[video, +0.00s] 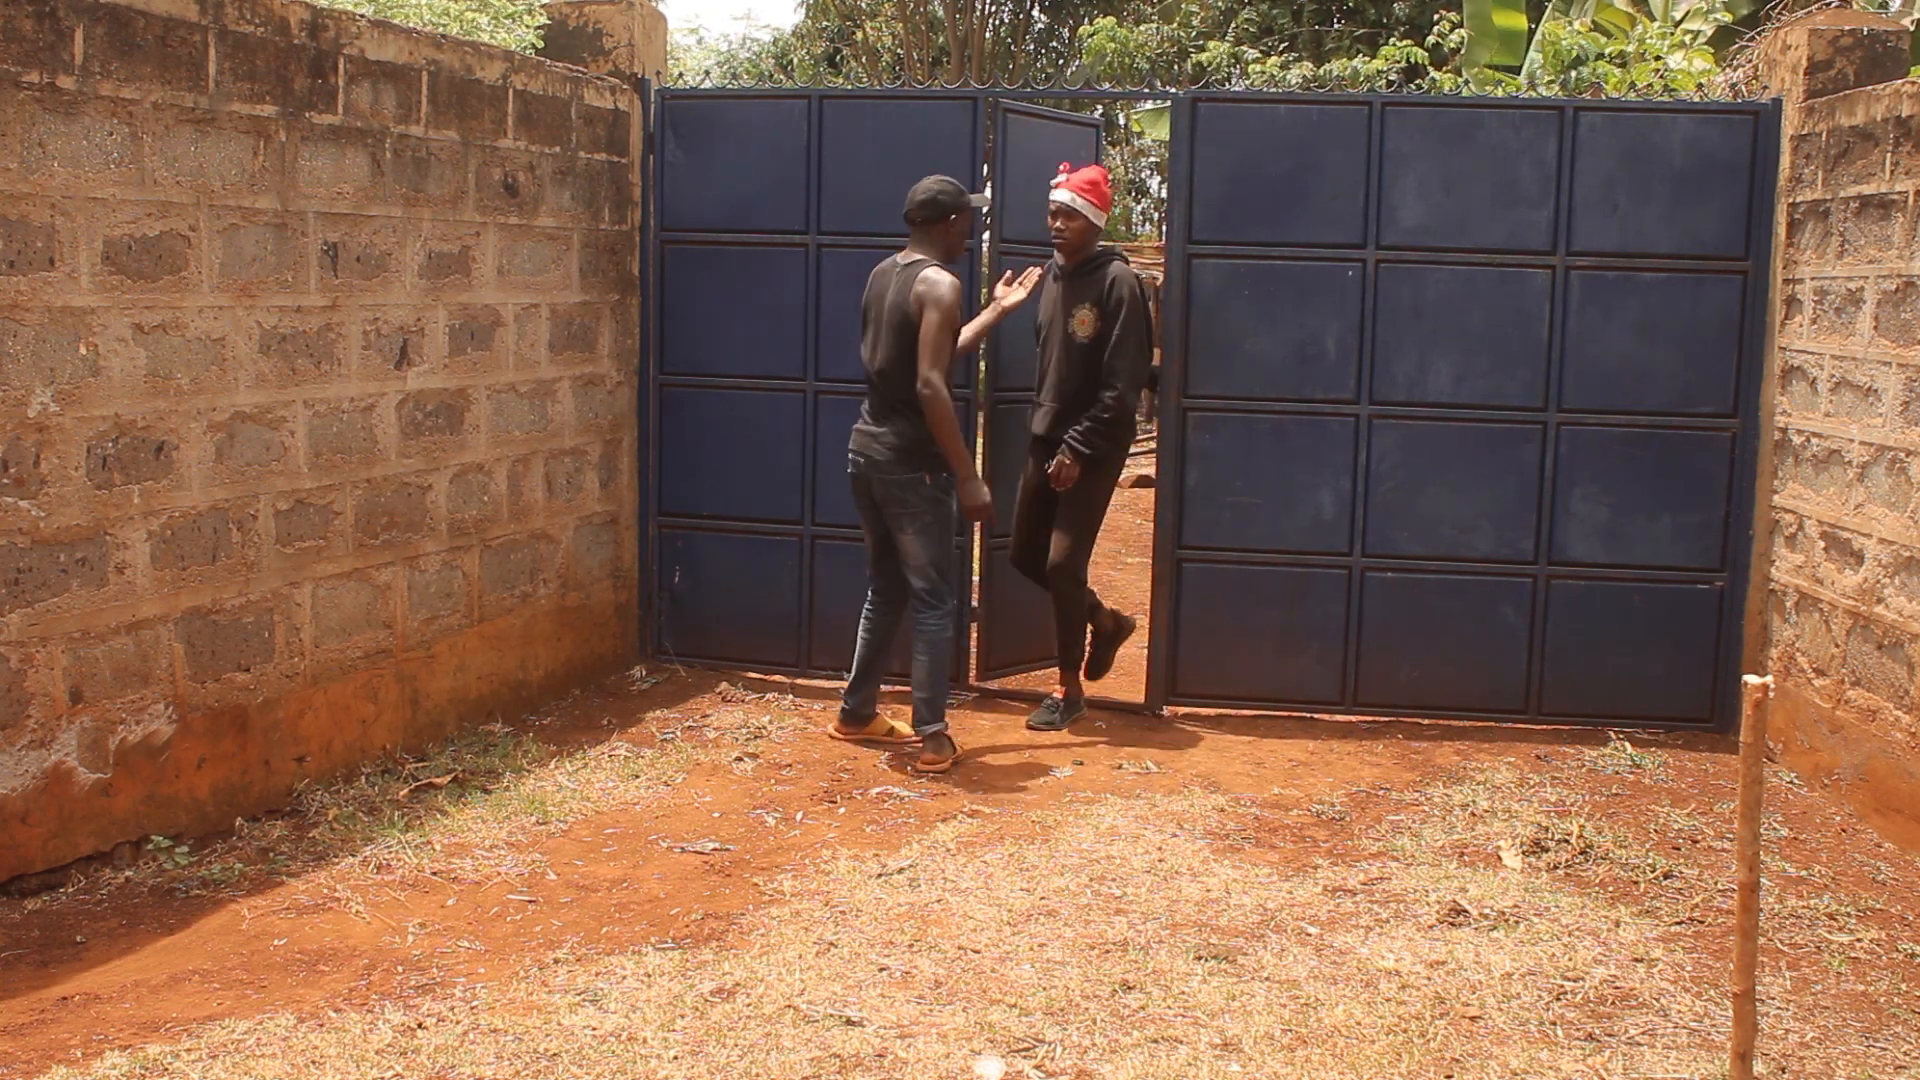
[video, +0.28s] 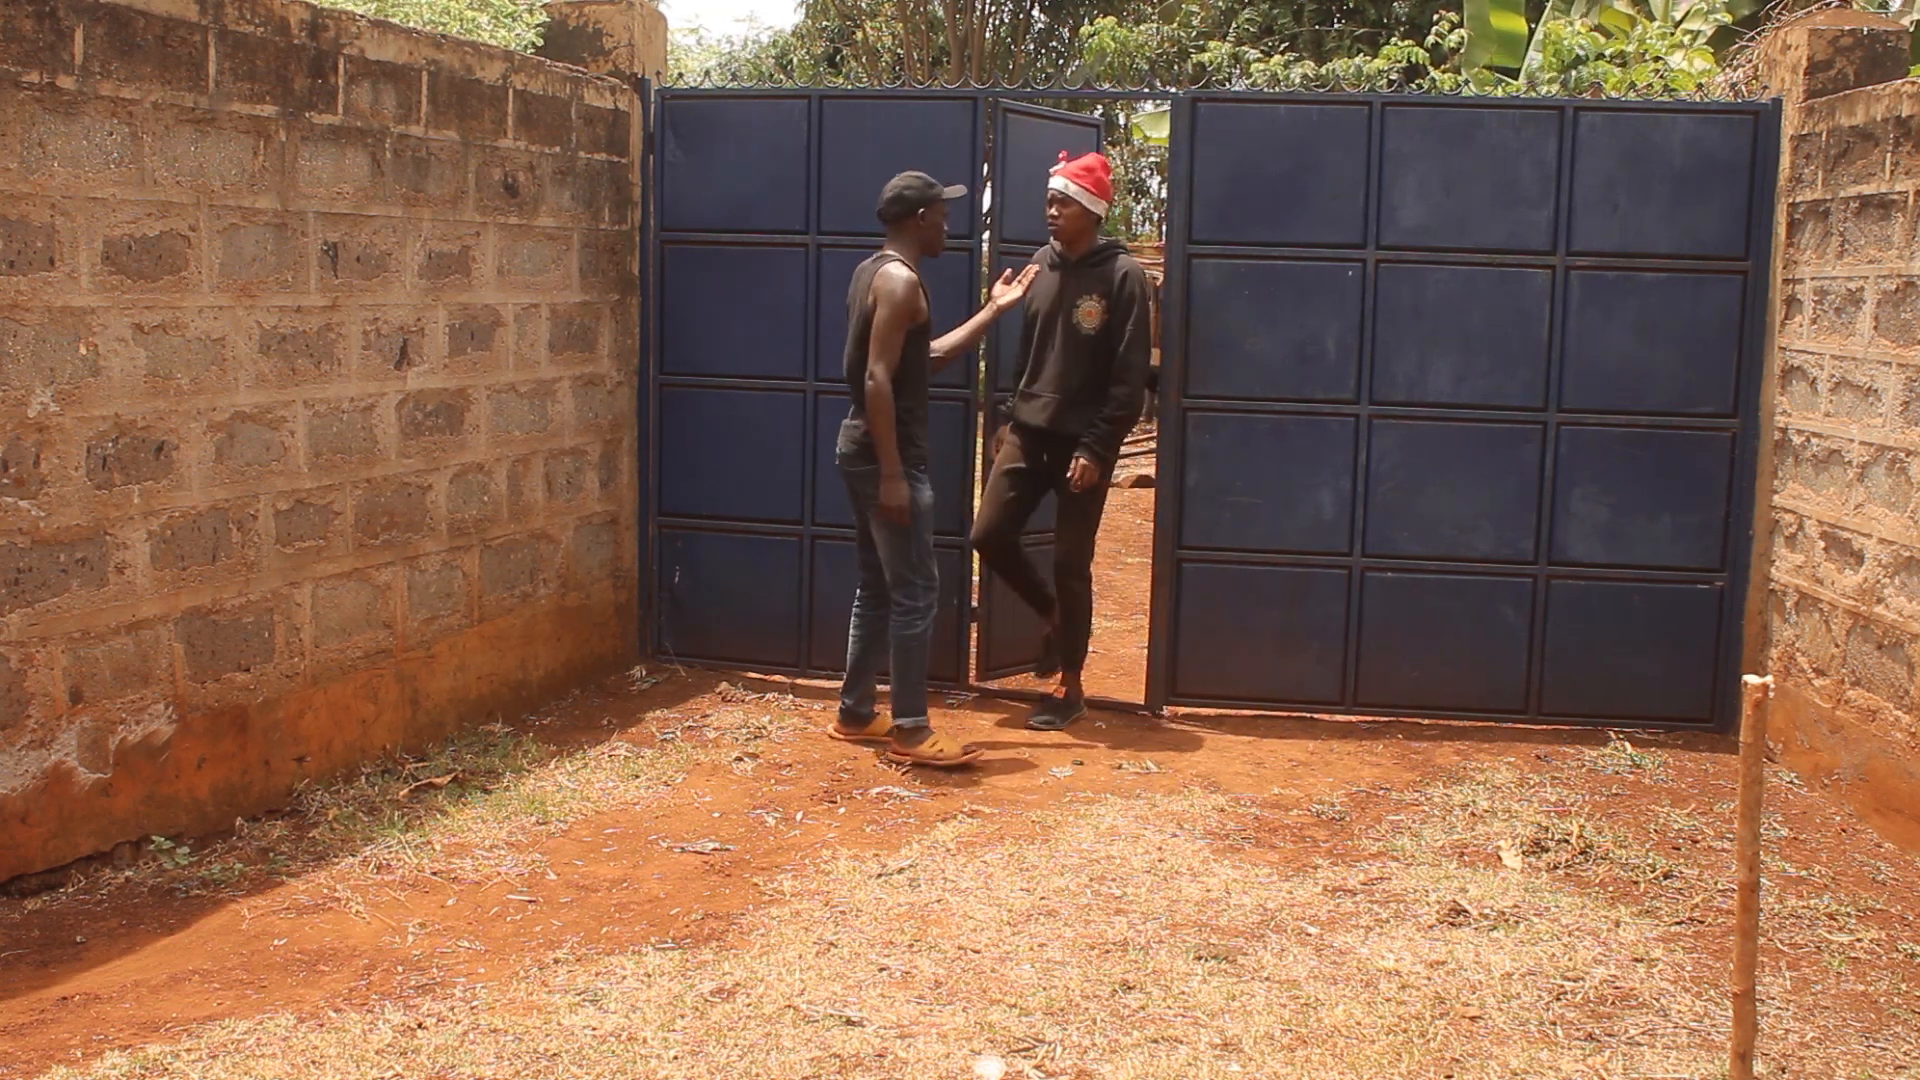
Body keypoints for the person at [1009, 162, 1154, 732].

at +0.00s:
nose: (1056, 223)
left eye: (1069, 214)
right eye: (1053, 212)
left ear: (1098, 221)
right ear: (1049, 216)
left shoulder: (1121, 281)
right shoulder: (1052, 276)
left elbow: (1123, 386)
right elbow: (1050, 358)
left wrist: (1079, 448)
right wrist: (1041, 428)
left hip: (1095, 444)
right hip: (1047, 437)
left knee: (1064, 564)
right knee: (1025, 554)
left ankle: (1071, 694)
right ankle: (1105, 621)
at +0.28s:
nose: (1052, 211)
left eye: (1064, 202)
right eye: (1050, 201)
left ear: (1096, 210)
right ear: (1049, 206)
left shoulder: (1125, 276)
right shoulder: (1042, 266)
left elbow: (1131, 377)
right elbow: (1030, 352)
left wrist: (1097, 448)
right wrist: (1011, 417)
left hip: (1085, 440)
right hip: (1029, 430)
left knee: (1070, 564)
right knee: (989, 537)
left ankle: (1069, 688)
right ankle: (1055, 618)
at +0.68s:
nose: (1032, 204)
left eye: (1044, 195)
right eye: (1031, 195)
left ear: (1075, 203)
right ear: (1036, 202)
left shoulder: (1107, 271)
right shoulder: (1021, 266)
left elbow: (1124, 369)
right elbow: (1002, 345)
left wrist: (1118, 453)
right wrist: (970, 358)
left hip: (1068, 438)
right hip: (1007, 433)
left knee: (1065, 564)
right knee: (1010, 558)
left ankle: (1069, 687)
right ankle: (1014, 681)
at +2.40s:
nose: (1097, 217)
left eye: (1111, 209)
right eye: (1095, 206)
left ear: (1138, 218)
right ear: (1088, 211)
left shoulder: (1151, 277)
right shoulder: (1070, 263)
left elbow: (1187, 368)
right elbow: (1021, 329)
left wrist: (1205, 454)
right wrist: (973, 385)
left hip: (1112, 433)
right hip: (1053, 424)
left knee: (1085, 559)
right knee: (1009, 534)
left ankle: (1073, 690)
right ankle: (1050, 641)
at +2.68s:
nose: (1098, 221)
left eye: (1111, 215)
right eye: (1096, 212)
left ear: (1138, 226)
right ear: (1092, 219)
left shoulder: (1145, 281)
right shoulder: (1084, 268)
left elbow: (1186, 364)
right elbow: (1040, 332)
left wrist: (1195, 452)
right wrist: (990, 386)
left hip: (1121, 438)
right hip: (1073, 432)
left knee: (1080, 557)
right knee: (1051, 556)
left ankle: (1070, 693)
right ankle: (1109, 657)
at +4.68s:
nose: (1088, 223)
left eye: (1102, 216)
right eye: (1086, 212)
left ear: (1128, 230)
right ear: (1079, 218)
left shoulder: (1148, 291)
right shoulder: (1062, 269)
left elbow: (1181, 376)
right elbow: (1036, 341)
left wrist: (1172, 455)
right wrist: (997, 395)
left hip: (1110, 451)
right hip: (1054, 444)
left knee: (1081, 569)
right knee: (1043, 565)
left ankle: (1074, 693)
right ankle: (1099, 648)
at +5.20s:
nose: (1093, 208)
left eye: (1105, 199)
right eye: (1088, 198)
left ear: (1133, 207)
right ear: (1082, 204)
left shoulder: (1157, 280)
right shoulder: (1058, 256)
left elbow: (1168, 374)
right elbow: (1007, 305)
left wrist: (1166, 456)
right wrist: (1005, 318)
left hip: (1100, 441)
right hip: (1036, 430)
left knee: (1085, 565)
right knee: (1008, 555)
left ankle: (1076, 688)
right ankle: (1021, 671)